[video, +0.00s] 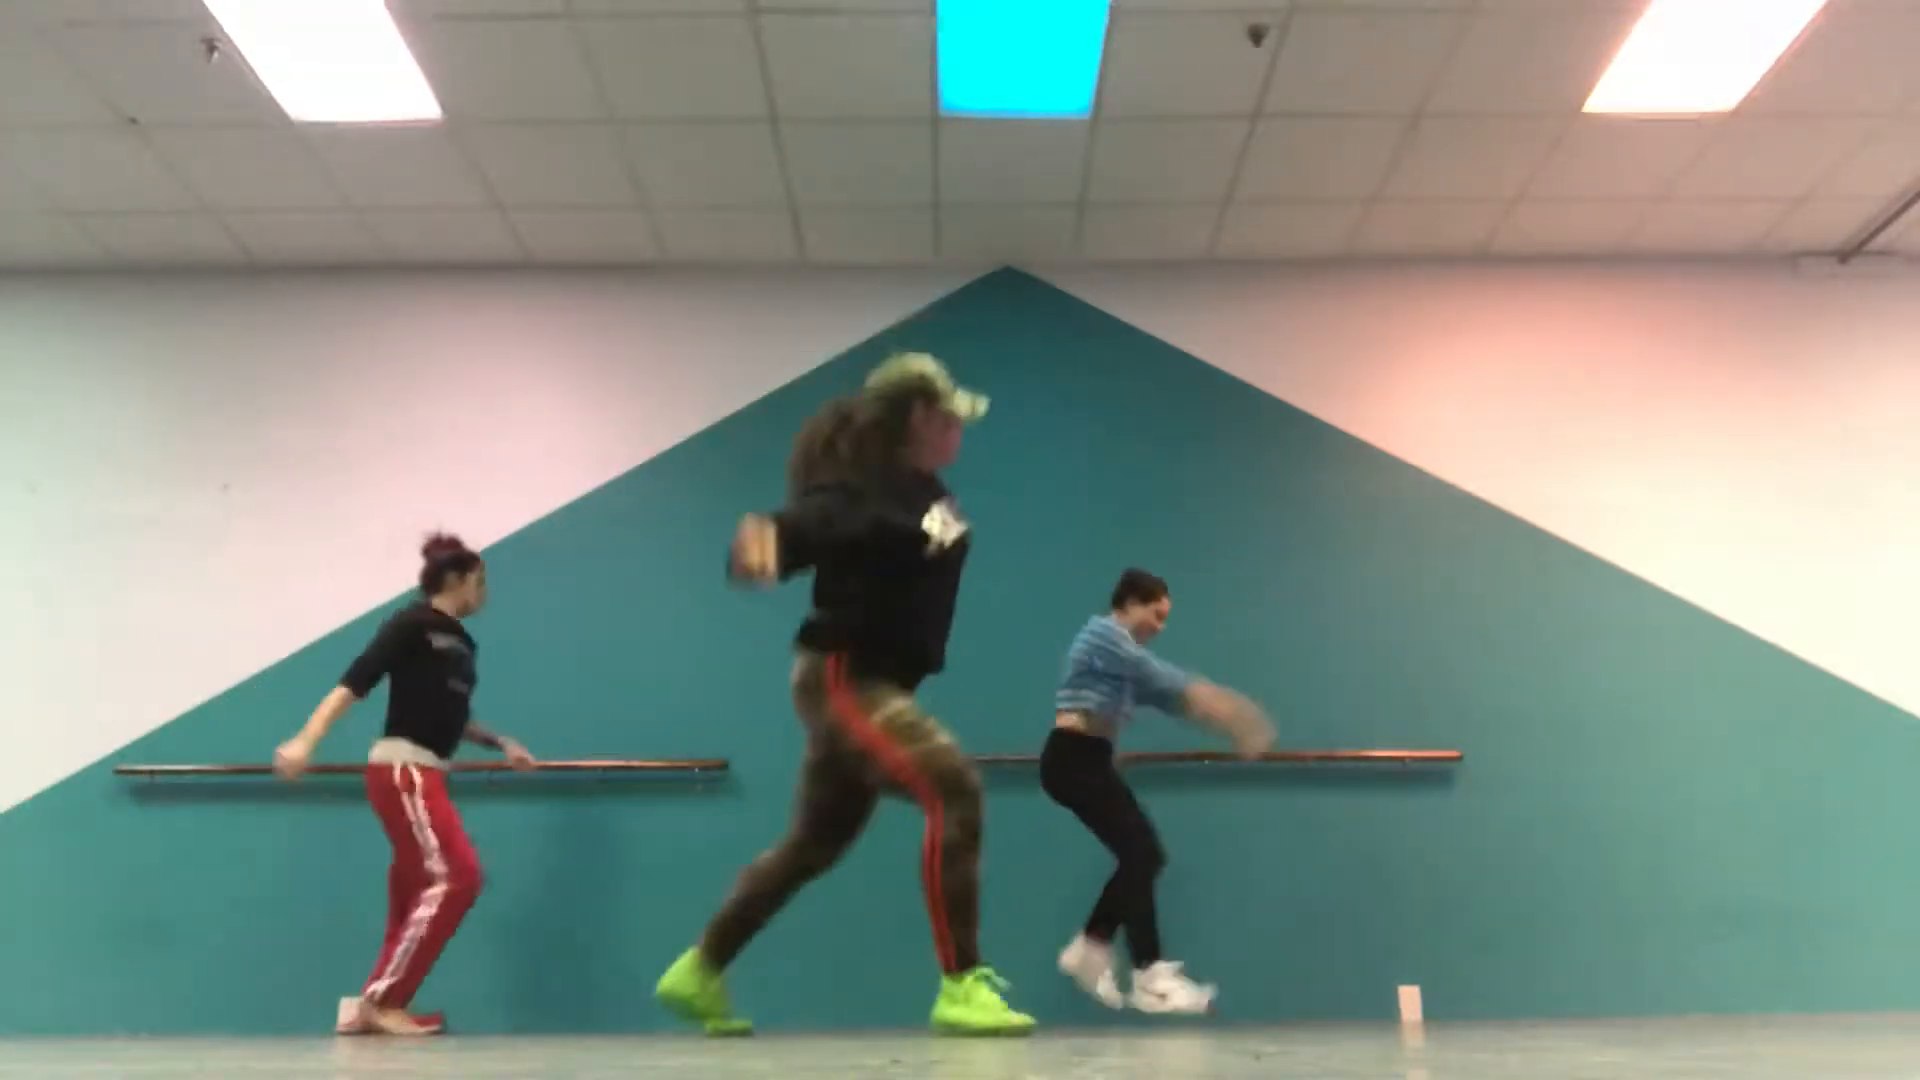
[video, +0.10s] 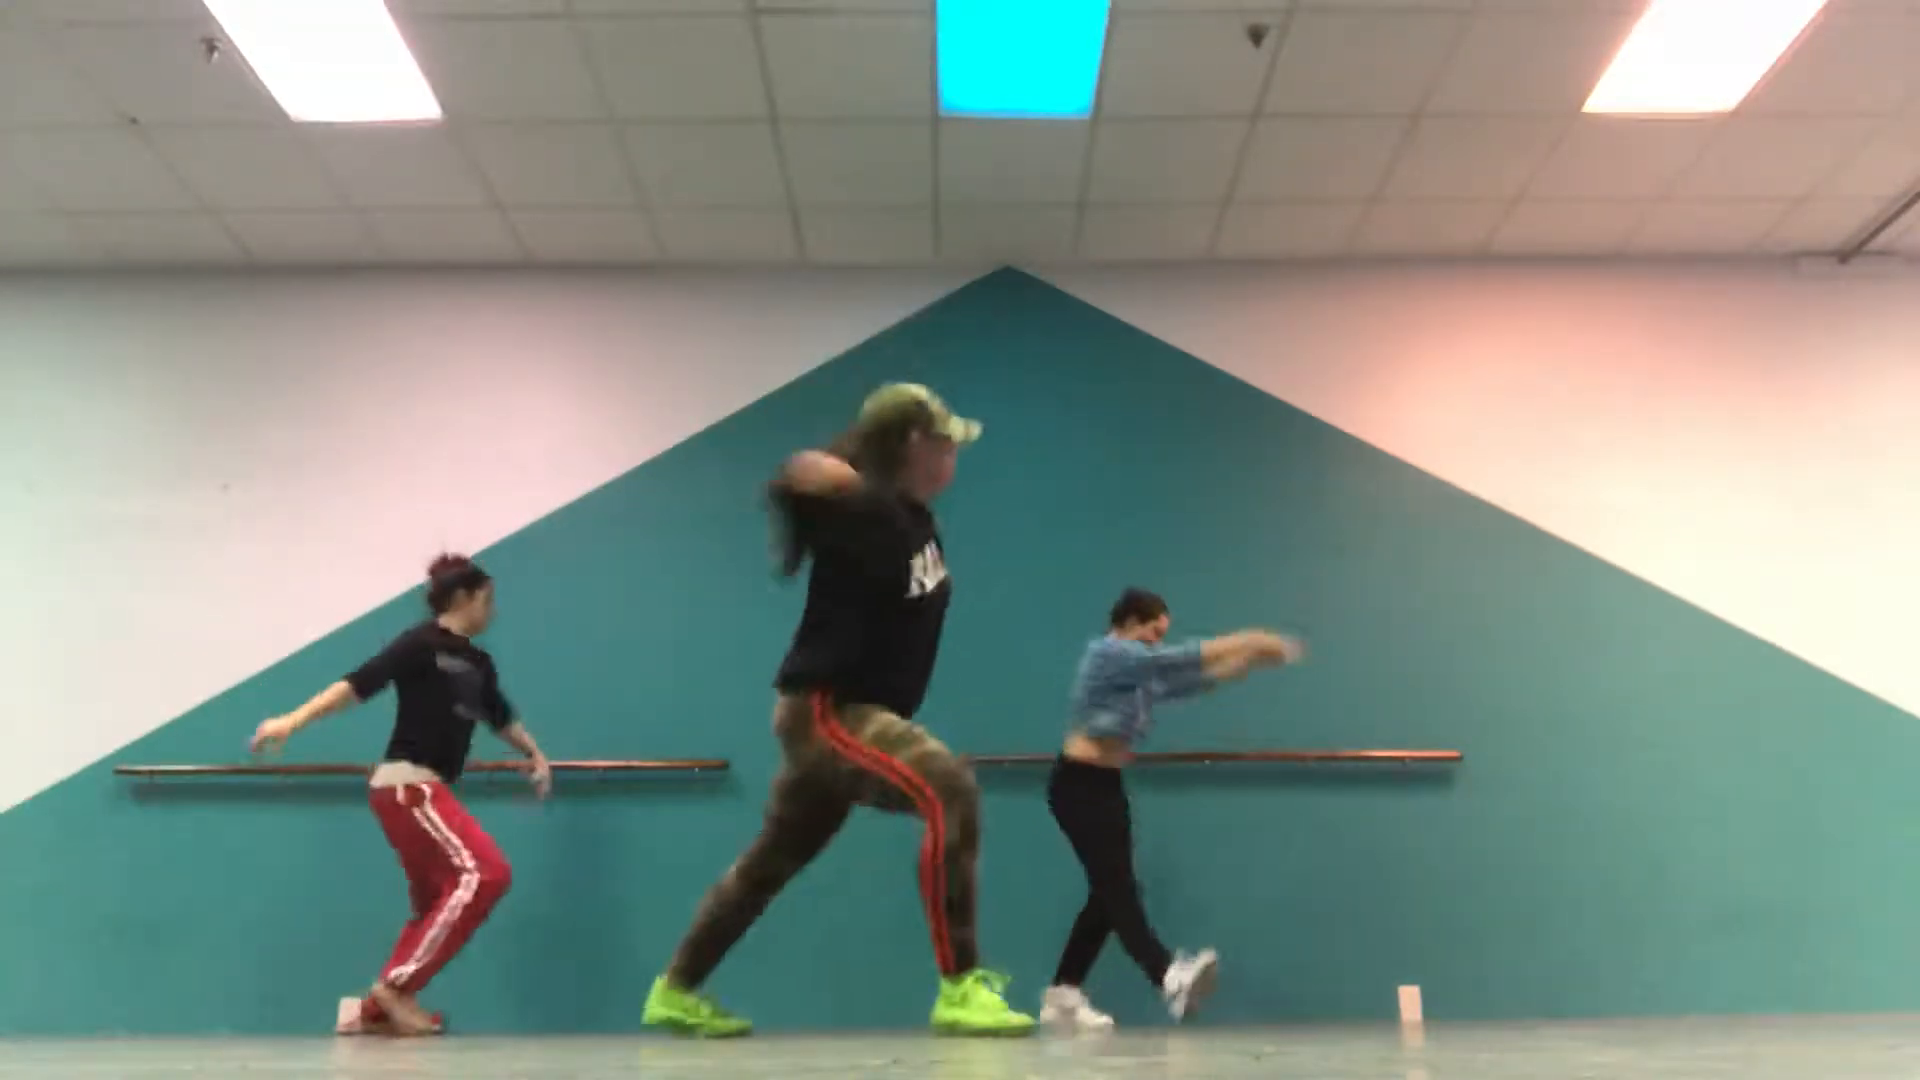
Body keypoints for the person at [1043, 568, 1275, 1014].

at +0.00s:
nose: (1159, 627)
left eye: (1163, 619)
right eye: (1156, 615)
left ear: (1140, 610)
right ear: (1130, 605)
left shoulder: (1118, 649)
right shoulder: (1101, 634)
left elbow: (1162, 693)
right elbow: (1151, 673)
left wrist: (1215, 709)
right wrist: (1210, 698)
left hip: (1086, 758)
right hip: (1074, 758)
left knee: (1140, 855)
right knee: (1141, 854)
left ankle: (1089, 950)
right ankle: (1150, 976)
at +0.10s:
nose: (1158, 641)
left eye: (1162, 634)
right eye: (1154, 632)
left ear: (1141, 630)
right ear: (1130, 622)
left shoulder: (1135, 666)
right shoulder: (1107, 654)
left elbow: (1197, 677)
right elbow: (1193, 655)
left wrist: (1248, 657)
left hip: (1102, 784)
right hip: (1080, 782)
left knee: (1110, 890)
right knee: (1115, 887)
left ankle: (1063, 994)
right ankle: (1168, 979)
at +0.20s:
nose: (1176, 630)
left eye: (1177, 622)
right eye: (1171, 620)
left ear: (1143, 620)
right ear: (1147, 618)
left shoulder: (1148, 664)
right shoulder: (1118, 651)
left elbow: (1216, 673)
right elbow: (1190, 652)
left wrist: (1264, 648)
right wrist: (1257, 634)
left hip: (1109, 783)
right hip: (1092, 781)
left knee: (1115, 892)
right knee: (1131, 884)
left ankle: (1061, 994)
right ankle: (1172, 978)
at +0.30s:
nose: (1189, 614)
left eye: (1191, 605)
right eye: (1185, 603)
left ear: (1162, 601)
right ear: (1161, 597)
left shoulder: (1155, 644)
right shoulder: (1131, 628)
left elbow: (1199, 690)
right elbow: (1174, 668)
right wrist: (1230, 693)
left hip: (1118, 758)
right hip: (1104, 755)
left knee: (1146, 869)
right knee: (1161, 861)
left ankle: (1081, 969)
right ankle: (1172, 979)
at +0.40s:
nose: (1200, 620)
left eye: (1203, 611)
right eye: (1197, 609)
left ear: (1173, 606)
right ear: (1172, 602)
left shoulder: (1170, 650)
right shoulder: (1143, 643)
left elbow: (1180, 721)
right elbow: (1167, 719)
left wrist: (1201, 779)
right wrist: (1200, 777)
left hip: (1150, 757)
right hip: (1133, 757)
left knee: (1189, 866)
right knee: (1185, 865)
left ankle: (1095, 892)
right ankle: (1154, 989)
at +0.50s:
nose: (1209, 620)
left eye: (1211, 611)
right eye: (1207, 609)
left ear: (1176, 602)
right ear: (1188, 602)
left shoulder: (1161, 636)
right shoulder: (1171, 636)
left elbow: (1182, 709)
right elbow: (1183, 704)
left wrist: (1206, 771)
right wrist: (1204, 757)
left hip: (1151, 756)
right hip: (1159, 756)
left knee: (1221, 859)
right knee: (1200, 869)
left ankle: (1127, 842)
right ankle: (1155, 989)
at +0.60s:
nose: (1224, 595)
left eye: (1225, 587)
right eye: (1223, 587)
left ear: (1180, 580)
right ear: (1211, 581)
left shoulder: (1161, 617)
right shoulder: (1197, 609)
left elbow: (1193, 685)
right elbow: (1234, 663)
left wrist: (1244, 693)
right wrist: (1258, 695)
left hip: (1155, 734)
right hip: (1174, 734)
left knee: (1238, 830)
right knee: (1205, 844)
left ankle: (1156, 876)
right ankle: (1164, 975)